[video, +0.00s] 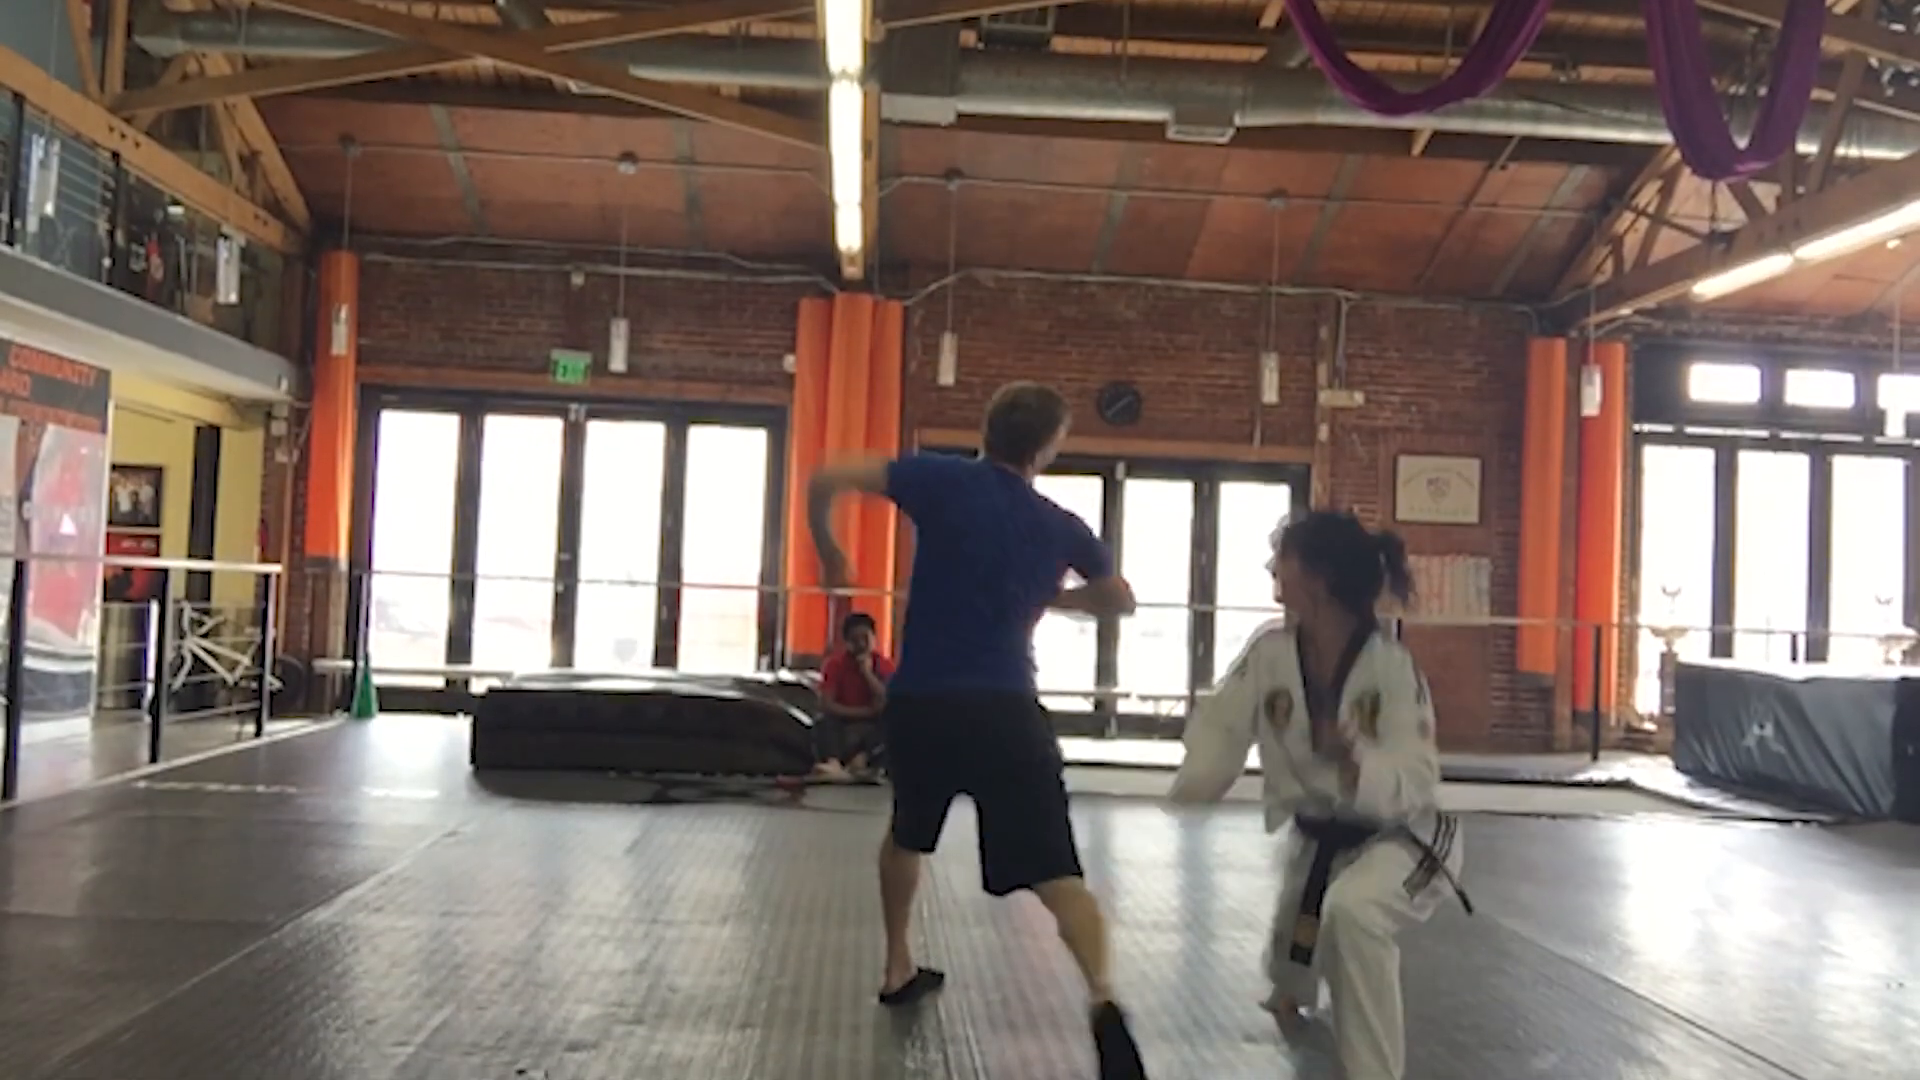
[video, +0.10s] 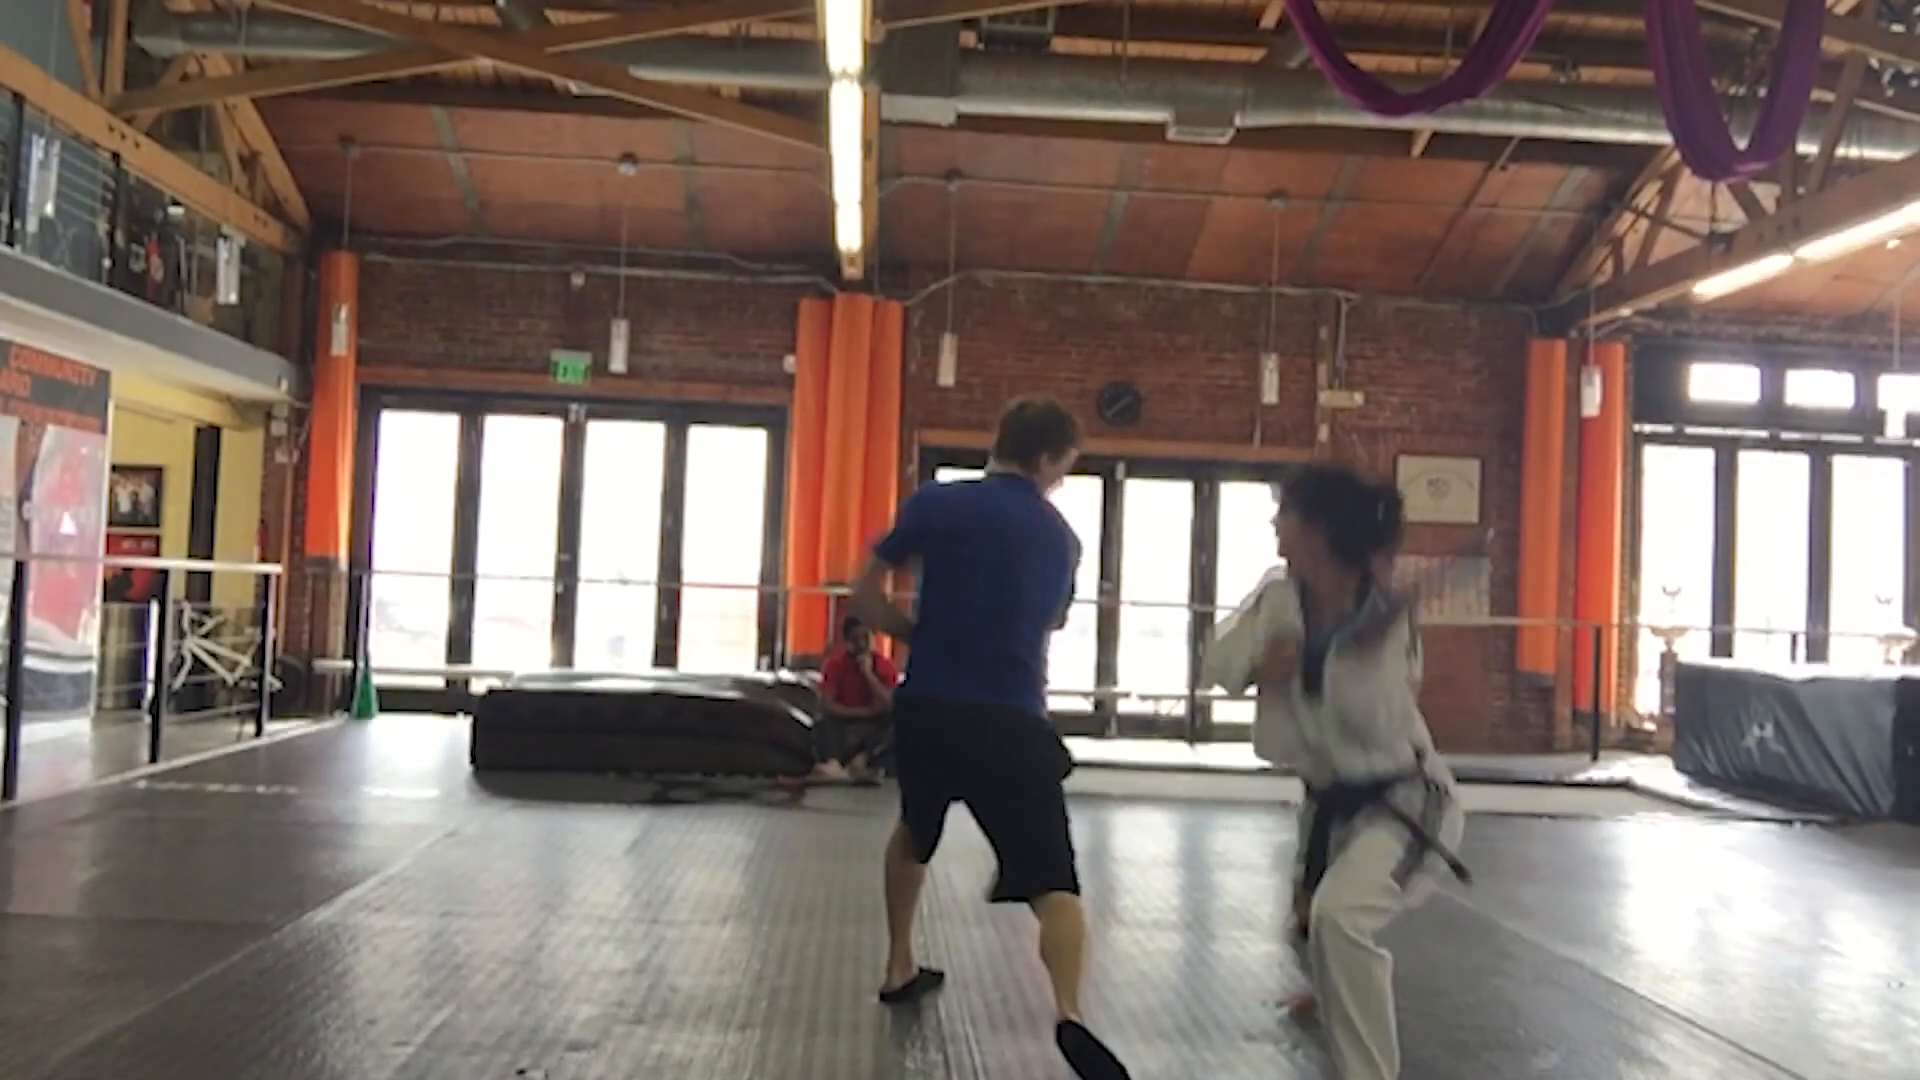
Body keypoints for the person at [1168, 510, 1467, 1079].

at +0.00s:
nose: (1274, 580)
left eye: (1283, 568)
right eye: (1276, 567)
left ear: (1323, 580)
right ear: (1317, 581)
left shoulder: (1389, 663)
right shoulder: (1270, 652)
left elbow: (1417, 779)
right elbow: (1220, 725)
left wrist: (1355, 758)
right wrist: (1191, 798)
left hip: (1398, 830)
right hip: (1315, 828)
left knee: (1352, 909)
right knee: (1286, 955)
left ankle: (1374, 1071)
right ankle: (1291, 993)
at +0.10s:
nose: (1277, 533)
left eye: (1288, 521)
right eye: (1280, 519)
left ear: (1325, 535)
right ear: (1310, 536)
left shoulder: (1385, 614)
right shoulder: (1279, 598)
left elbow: (1376, 724)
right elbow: (1216, 668)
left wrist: (1363, 642)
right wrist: (1261, 663)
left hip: (1405, 795)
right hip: (1329, 798)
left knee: (1340, 915)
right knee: (1309, 923)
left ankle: (1369, 1070)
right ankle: (1331, 994)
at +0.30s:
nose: (1315, 459)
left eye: (1325, 449)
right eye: (1321, 447)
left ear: (1341, 466)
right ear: (1385, 472)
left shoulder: (1370, 554)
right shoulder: (1356, 541)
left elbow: (1242, 594)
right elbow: (1251, 592)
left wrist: (1231, 508)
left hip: (1380, 742)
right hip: (1359, 740)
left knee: (1298, 917)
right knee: (1321, 903)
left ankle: (1357, 1068)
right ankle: (1391, 1033)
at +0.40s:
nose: (1331, 444)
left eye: (1339, 433)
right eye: (1335, 430)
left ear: (1359, 445)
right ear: (1408, 450)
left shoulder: (1323, 530)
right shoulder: (1422, 526)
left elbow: (1225, 569)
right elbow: (1341, 578)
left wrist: (1239, 490)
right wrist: (1303, 517)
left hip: (1334, 717)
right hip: (1404, 714)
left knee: (1293, 904)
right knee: (1367, 883)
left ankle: (1360, 1066)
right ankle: (1401, 1047)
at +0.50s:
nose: (1332, 437)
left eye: (1339, 427)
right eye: (1337, 425)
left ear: (1353, 438)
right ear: (1414, 444)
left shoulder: (1304, 512)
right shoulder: (1430, 526)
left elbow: (1244, 554)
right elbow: (1403, 594)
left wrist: (1255, 492)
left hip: (1308, 697)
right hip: (1396, 700)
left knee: (1292, 877)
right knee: (1389, 878)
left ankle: (1320, 1051)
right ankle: (1398, 1046)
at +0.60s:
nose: (1325, 437)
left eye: (1332, 428)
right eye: (1329, 424)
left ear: (1347, 442)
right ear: (1406, 448)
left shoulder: (1305, 513)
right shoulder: (1424, 521)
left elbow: (1249, 525)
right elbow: (1368, 514)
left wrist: (1234, 472)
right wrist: (1323, 482)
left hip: (1297, 700)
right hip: (1387, 705)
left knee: (1253, 879)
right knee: (1387, 886)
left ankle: (1220, 1053)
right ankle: (1396, 1049)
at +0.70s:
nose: (1298, 454)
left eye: (1304, 444)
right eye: (1300, 443)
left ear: (1320, 452)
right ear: (1385, 453)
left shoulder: (1289, 521)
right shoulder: (1413, 530)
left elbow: (1222, 536)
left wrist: (1234, 487)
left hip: (1290, 709)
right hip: (1379, 715)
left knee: (1233, 884)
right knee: (1371, 885)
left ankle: (1216, 1056)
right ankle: (1397, 1051)